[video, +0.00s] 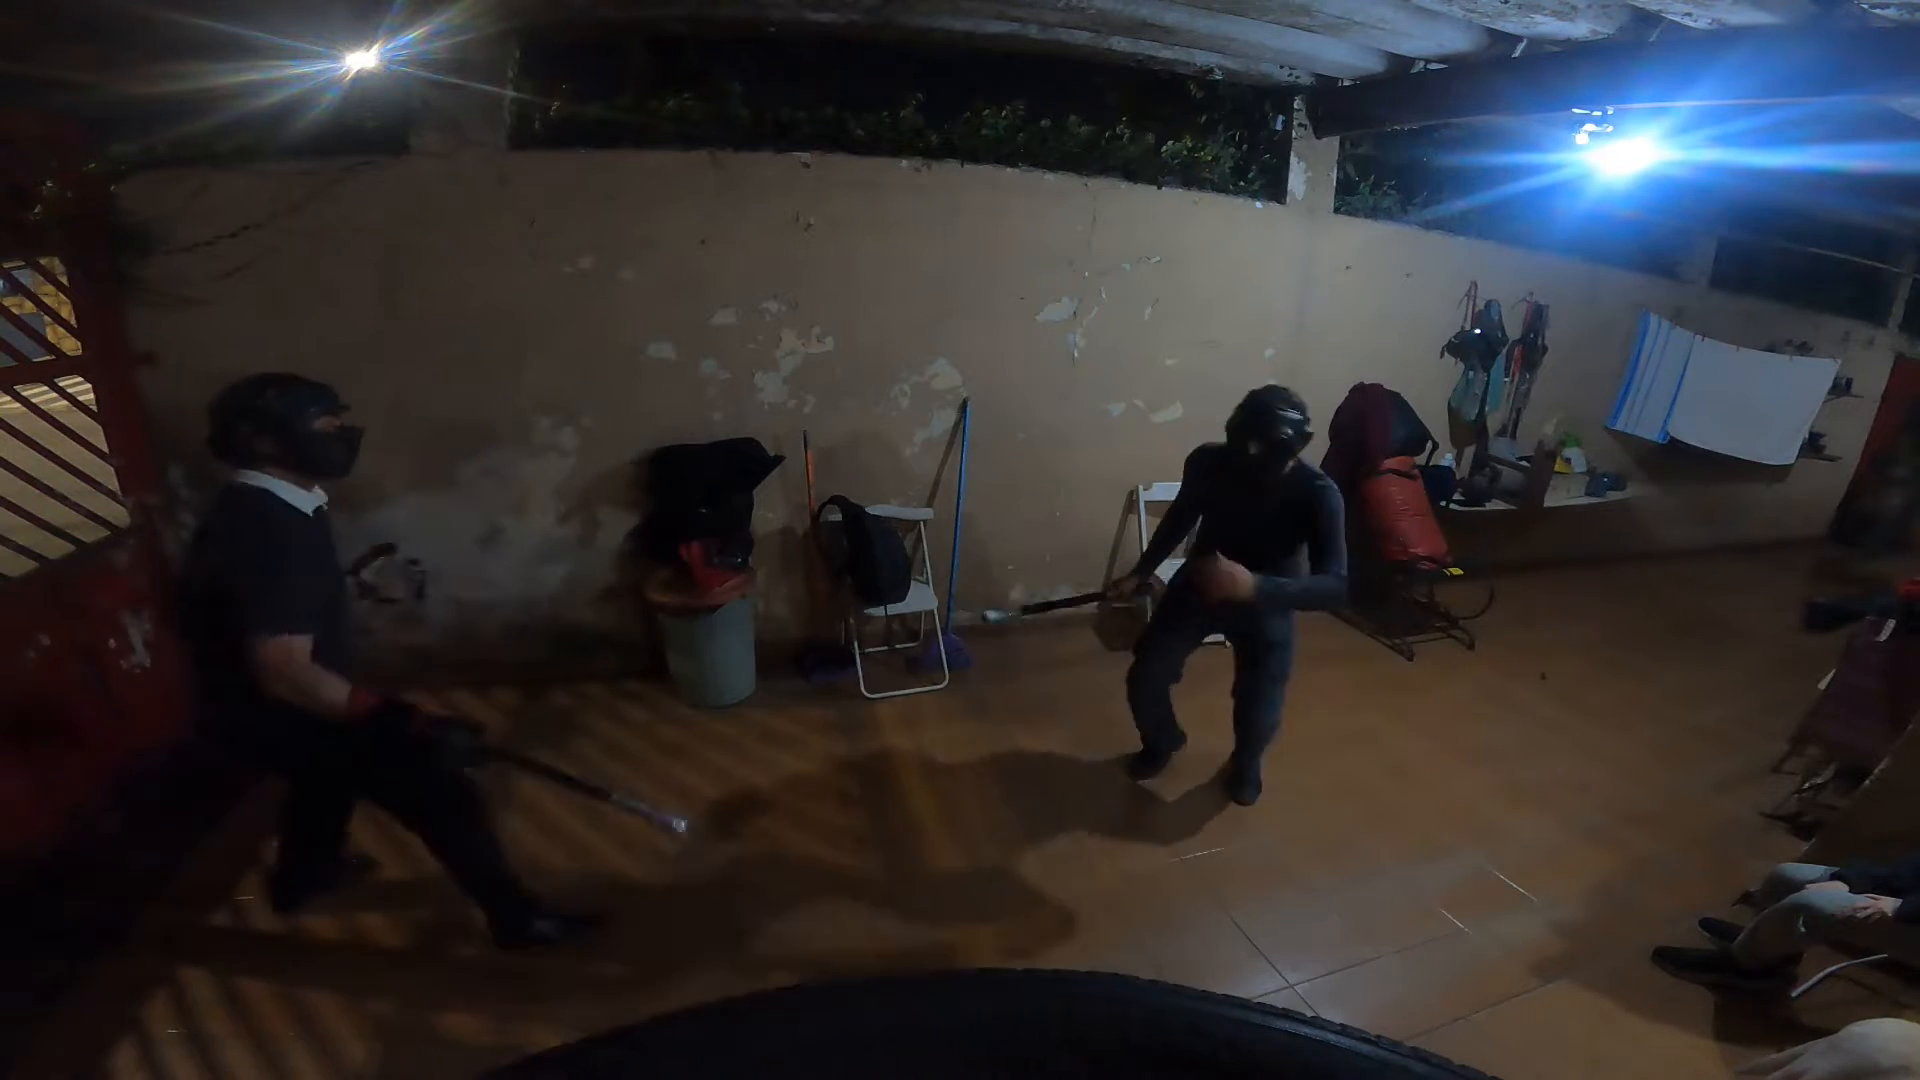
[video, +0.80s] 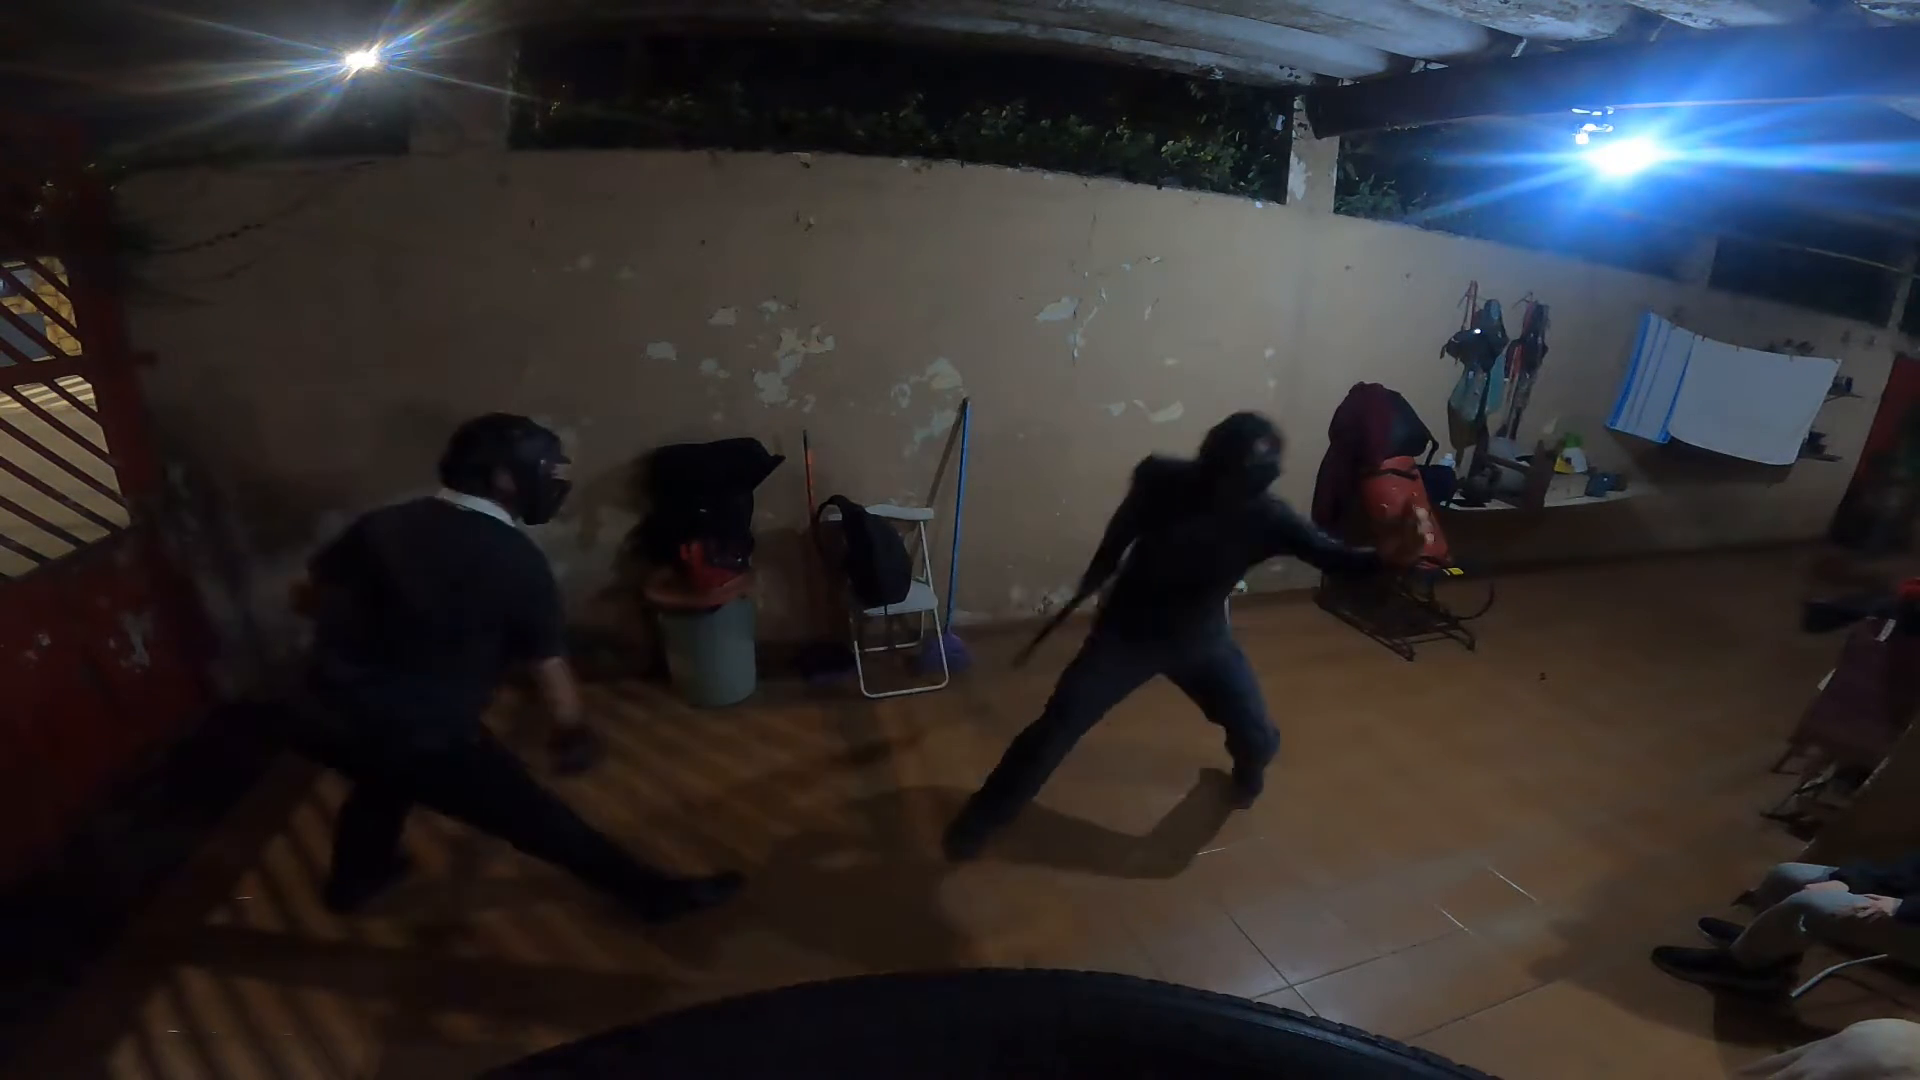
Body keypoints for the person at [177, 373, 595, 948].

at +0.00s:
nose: (346, 431)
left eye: (342, 419)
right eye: (327, 422)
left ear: (269, 442)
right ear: (276, 439)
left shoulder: (269, 505)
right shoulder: (276, 528)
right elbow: (280, 666)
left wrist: (345, 582)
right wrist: (380, 713)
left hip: (252, 706)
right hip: (269, 719)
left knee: (339, 740)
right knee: (430, 775)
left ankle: (308, 867)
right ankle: (512, 913)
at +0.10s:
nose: (359, 433)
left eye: (355, 420)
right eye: (340, 424)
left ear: (285, 444)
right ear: (288, 442)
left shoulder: (304, 504)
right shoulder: (281, 528)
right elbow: (283, 667)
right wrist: (382, 706)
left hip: (310, 704)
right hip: (297, 719)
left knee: (344, 765)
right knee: (463, 812)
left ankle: (306, 869)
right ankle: (526, 925)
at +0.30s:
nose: (396, 430)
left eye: (390, 417)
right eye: (376, 421)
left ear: (323, 443)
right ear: (326, 440)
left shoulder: (341, 510)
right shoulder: (314, 531)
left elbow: (379, 608)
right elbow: (340, 669)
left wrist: (470, 591)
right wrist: (450, 701)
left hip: (337, 707)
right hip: (333, 721)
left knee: (387, 765)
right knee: (501, 809)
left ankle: (343, 887)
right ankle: (530, 934)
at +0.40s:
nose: (416, 447)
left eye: (412, 434)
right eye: (397, 436)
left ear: (347, 456)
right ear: (348, 453)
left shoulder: (372, 523)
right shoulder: (327, 541)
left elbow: (404, 604)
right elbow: (359, 668)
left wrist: (478, 597)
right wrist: (444, 660)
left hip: (396, 712)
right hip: (372, 727)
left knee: (389, 787)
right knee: (562, 779)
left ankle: (343, 902)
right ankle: (580, 905)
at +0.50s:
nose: (456, 460)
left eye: (451, 445)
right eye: (436, 446)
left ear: (379, 462)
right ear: (386, 461)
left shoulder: (410, 537)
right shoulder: (347, 551)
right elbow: (401, 651)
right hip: (396, 734)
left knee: (403, 787)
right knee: (580, 785)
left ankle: (341, 898)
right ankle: (634, 891)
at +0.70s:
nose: (561, 485)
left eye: (561, 471)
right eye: (551, 473)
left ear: (461, 474)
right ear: (508, 481)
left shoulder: (395, 533)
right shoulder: (519, 560)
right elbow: (618, 644)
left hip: (340, 724)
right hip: (435, 743)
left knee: (415, 752)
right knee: (565, 807)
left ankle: (367, 870)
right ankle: (663, 891)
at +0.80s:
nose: (557, 484)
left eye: (556, 469)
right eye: (545, 470)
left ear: (456, 471)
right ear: (504, 480)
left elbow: (312, 596)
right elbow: (551, 678)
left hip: (335, 718)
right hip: (434, 739)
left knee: (396, 753)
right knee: (540, 819)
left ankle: (356, 874)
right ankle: (650, 892)